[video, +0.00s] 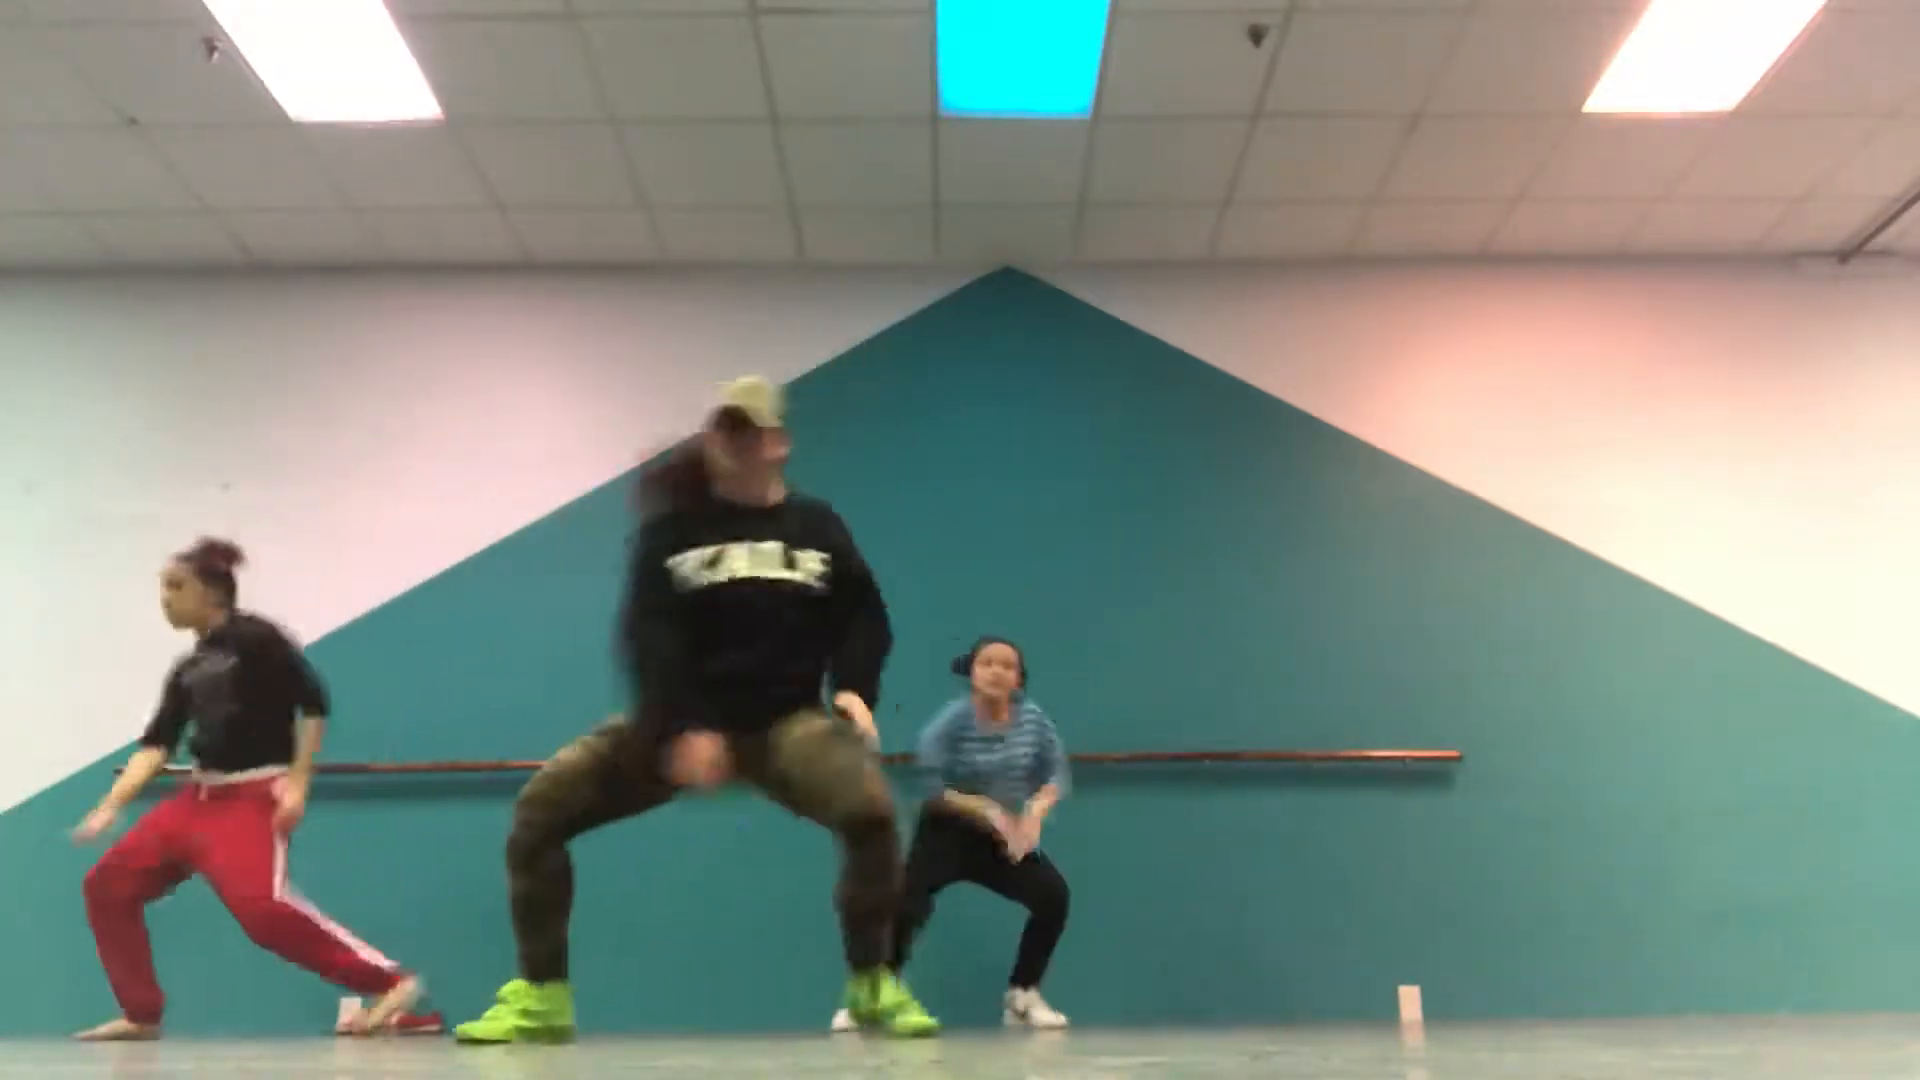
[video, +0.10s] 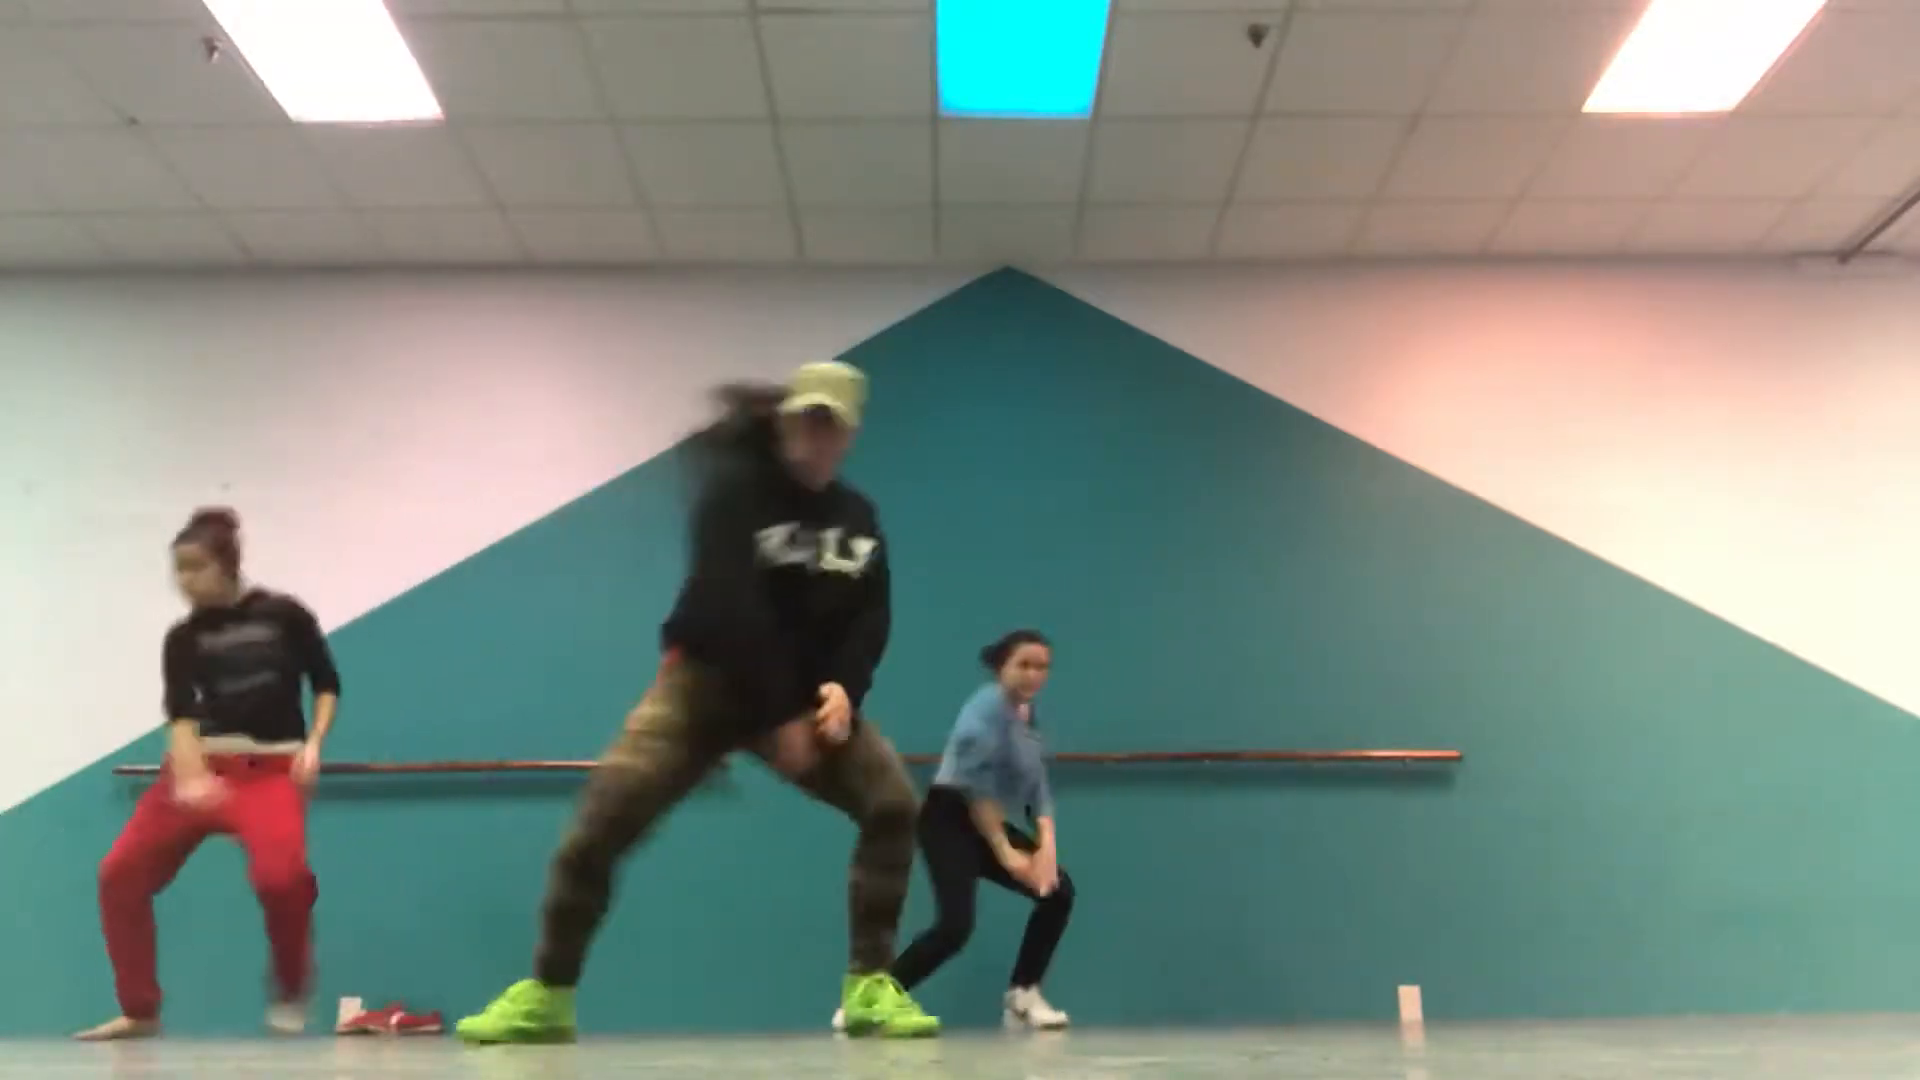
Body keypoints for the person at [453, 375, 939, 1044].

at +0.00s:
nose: (734, 447)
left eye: (751, 434)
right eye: (725, 434)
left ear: (781, 446)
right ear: (706, 443)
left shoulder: (818, 529)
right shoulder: (668, 533)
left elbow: (865, 615)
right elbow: (649, 636)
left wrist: (856, 689)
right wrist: (680, 726)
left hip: (785, 727)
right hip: (683, 726)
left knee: (869, 810)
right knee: (539, 814)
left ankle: (873, 985)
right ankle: (543, 996)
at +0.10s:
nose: (814, 441)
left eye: (829, 428)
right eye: (803, 425)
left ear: (848, 438)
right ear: (780, 428)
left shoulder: (857, 518)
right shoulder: (735, 491)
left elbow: (871, 619)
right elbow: (731, 608)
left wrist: (845, 685)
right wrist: (777, 712)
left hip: (804, 698)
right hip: (706, 683)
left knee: (892, 806)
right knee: (600, 824)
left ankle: (871, 987)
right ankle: (549, 995)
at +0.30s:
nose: (902, 407)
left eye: (910, 395)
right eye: (894, 391)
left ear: (911, 399)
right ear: (861, 381)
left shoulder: (894, 464)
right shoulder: (796, 435)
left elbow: (910, 566)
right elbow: (795, 548)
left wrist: (889, 631)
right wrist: (846, 641)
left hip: (850, 630)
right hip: (770, 612)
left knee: (879, 797)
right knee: (768, 777)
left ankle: (870, 983)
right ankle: (672, 967)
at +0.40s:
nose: (893, 351)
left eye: (903, 341)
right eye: (882, 335)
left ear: (911, 356)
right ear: (852, 341)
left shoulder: (908, 444)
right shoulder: (808, 407)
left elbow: (930, 540)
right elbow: (818, 509)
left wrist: (906, 608)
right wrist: (870, 597)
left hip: (864, 612)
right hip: (790, 597)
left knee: (867, 790)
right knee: (803, 783)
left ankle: (868, 980)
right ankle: (774, 978)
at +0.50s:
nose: (903, 329)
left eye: (906, 323)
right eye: (886, 321)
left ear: (905, 353)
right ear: (849, 345)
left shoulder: (915, 440)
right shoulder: (822, 402)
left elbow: (945, 541)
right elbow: (827, 510)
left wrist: (924, 606)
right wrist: (885, 597)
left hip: (879, 616)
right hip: (806, 602)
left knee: (870, 798)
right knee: (807, 792)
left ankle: (868, 981)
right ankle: (783, 984)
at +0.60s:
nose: (920, 352)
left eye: (922, 343)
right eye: (906, 338)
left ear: (915, 359)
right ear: (863, 346)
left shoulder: (929, 446)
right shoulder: (834, 398)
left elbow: (949, 542)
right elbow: (843, 509)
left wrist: (932, 607)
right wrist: (891, 601)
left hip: (887, 615)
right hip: (814, 598)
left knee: (878, 794)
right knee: (813, 785)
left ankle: (870, 983)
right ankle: (783, 984)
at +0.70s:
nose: (934, 375)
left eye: (937, 364)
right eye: (922, 362)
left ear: (919, 369)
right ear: (878, 360)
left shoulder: (926, 455)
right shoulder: (845, 412)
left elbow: (955, 550)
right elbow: (857, 528)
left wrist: (943, 614)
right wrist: (896, 624)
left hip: (890, 624)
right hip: (821, 608)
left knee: (906, 798)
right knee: (863, 778)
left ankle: (874, 978)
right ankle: (766, 957)